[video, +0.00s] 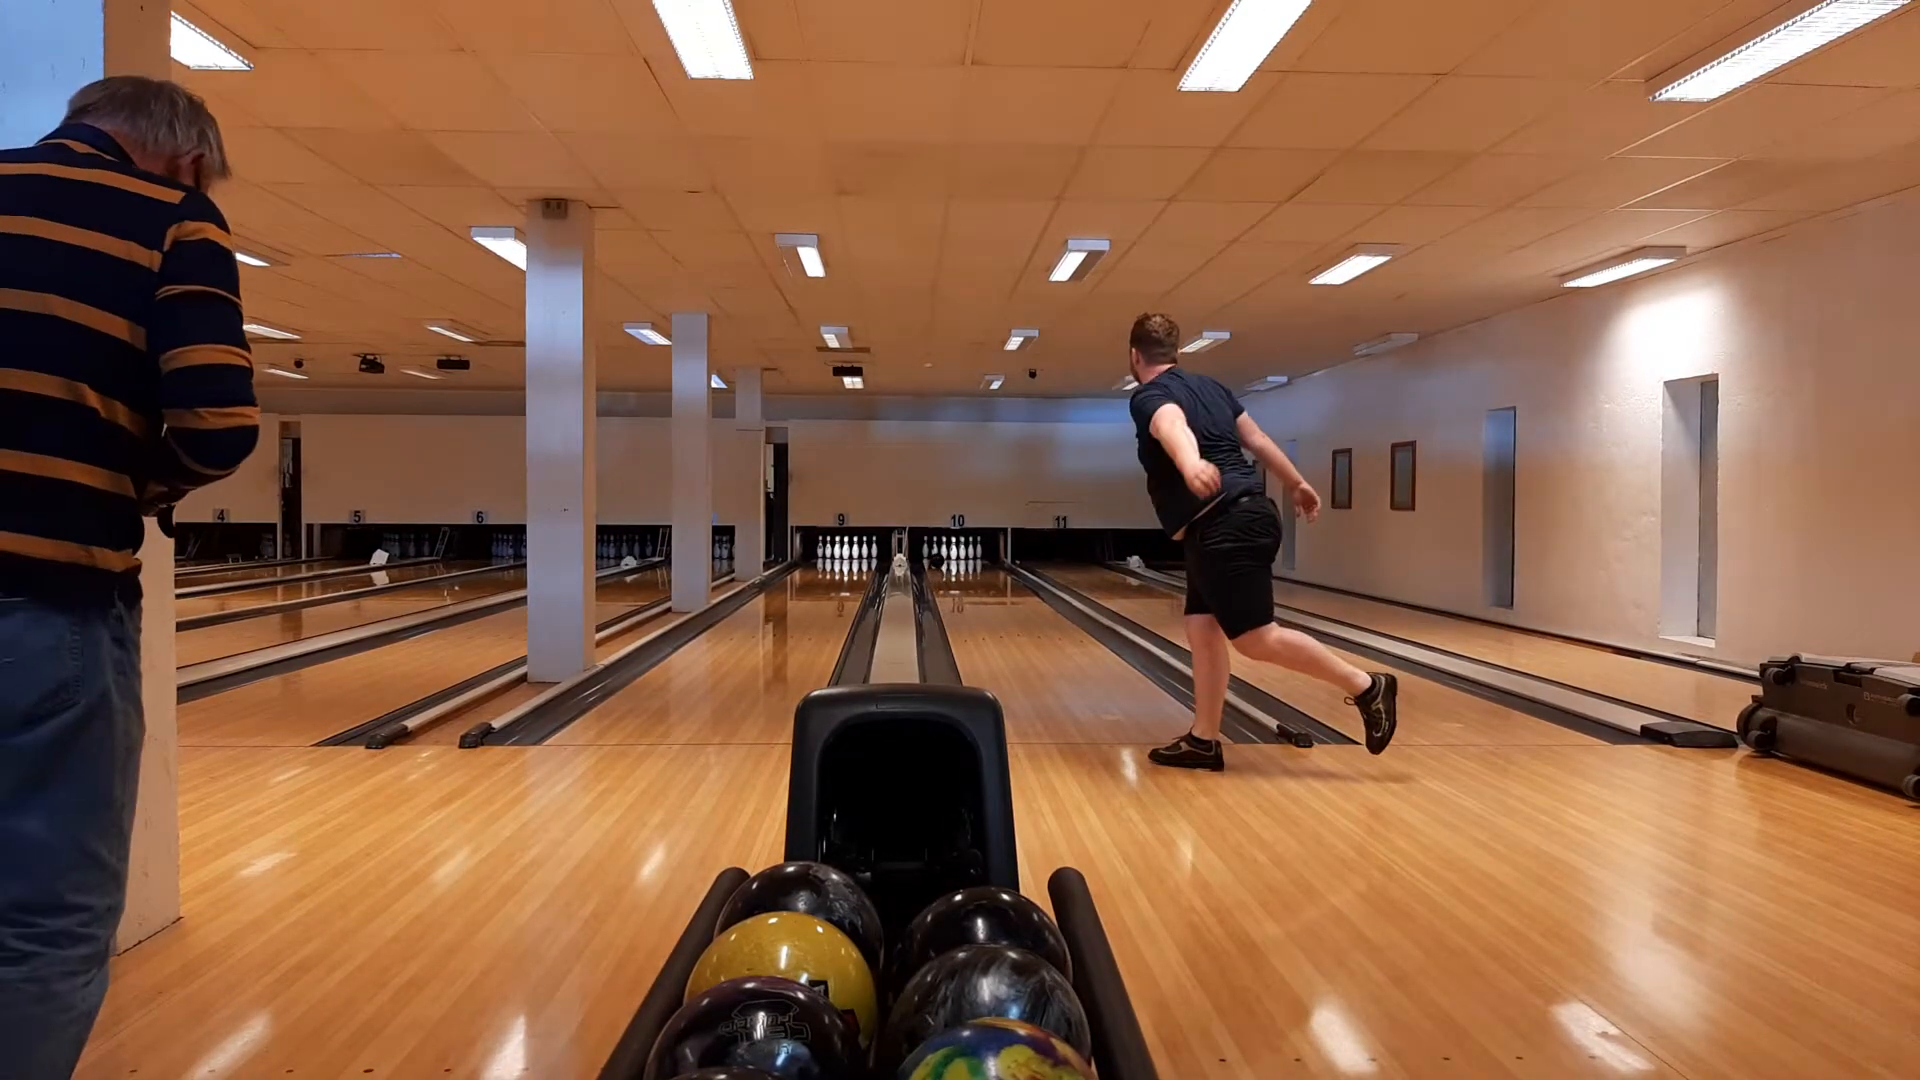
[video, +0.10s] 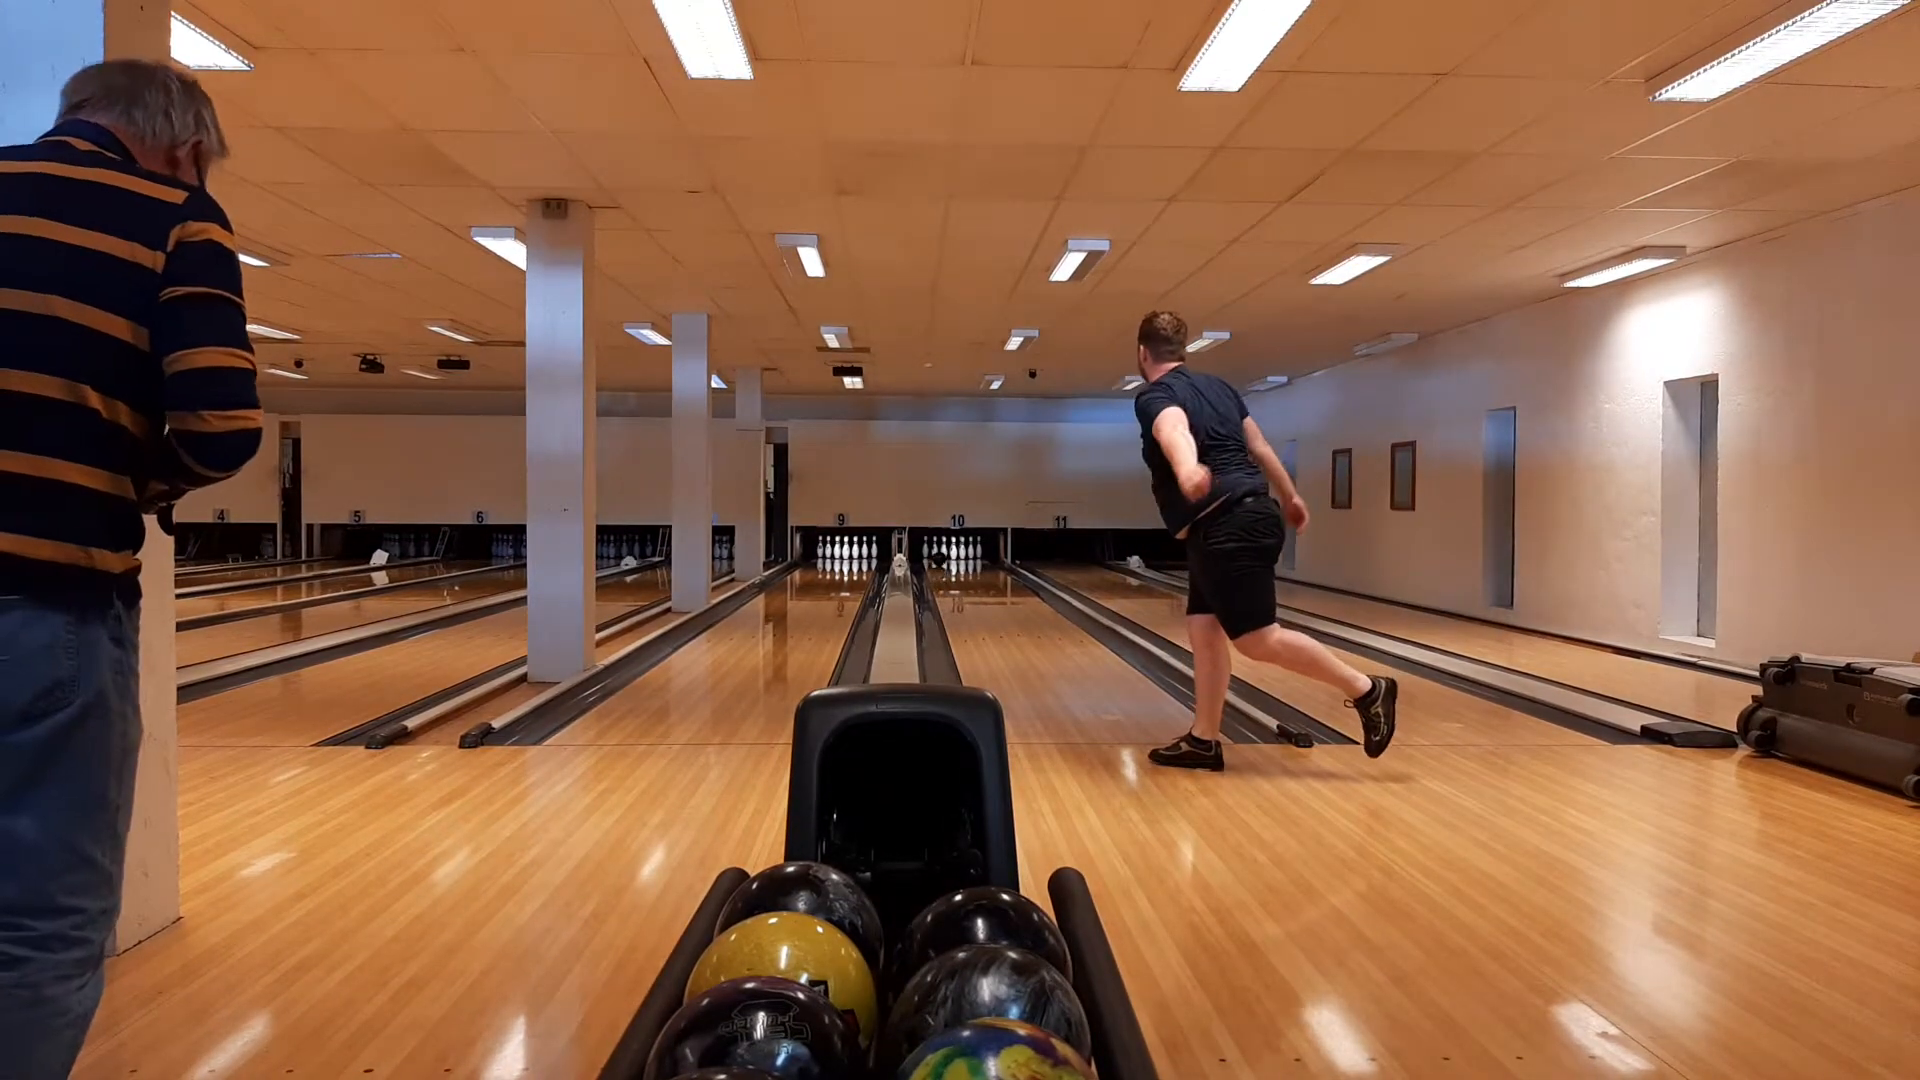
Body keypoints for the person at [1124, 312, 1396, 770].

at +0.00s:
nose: (1131, 364)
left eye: (1130, 358)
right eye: (1135, 358)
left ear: (1134, 357)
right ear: (1176, 353)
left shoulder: (1148, 394)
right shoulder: (1212, 388)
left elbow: (1171, 422)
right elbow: (1255, 438)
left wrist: (1190, 463)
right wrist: (1295, 481)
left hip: (1224, 522)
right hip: (1244, 514)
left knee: (1256, 638)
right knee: (1203, 626)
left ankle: (1367, 687)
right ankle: (1204, 740)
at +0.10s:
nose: (1137, 361)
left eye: (1136, 354)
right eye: (1141, 354)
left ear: (1143, 353)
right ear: (1183, 351)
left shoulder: (1154, 394)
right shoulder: (1221, 388)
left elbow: (1173, 428)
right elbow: (1258, 447)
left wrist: (1186, 469)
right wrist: (1289, 495)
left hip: (1228, 520)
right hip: (1254, 509)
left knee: (1257, 639)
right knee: (1205, 627)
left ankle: (1367, 690)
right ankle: (1203, 740)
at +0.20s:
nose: (1147, 359)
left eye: (1148, 352)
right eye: (1150, 352)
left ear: (1155, 351)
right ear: (1195, 351)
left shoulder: (1163, 395)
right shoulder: (1232, 390)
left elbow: (1170, 450)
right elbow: (1256, 456)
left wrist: (1166, 514)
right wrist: (1260, 504)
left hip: (1234, 520)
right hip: (1254, 513)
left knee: (1258, 641)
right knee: (1208, 627)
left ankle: (1365, 697)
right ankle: (1204, 740)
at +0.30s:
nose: (1166, 352)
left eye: (1166, 346)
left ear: (1170, 348)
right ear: (1213, 348)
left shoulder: (1174, 404)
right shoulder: (1244, 394)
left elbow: (1159, 484)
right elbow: (1247, 464)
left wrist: (1138, 553)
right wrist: (1207, 519)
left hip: (1241, 527)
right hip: (1267, 517)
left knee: (1263, 646)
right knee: (1211, 626)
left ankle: (1368, 705)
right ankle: (1204, 740)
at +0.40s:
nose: (1184, 350)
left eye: (1185, 344)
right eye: (1187, 343)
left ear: (1190, 347)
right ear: (1233, 348)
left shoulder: (1189, 404)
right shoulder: (1257, 395)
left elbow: (1153, 484)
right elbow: (1241, 473)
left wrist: (1125, 534)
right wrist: (1196, 526)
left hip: (1256, 532)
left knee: (1268, 651)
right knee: (1217, 629)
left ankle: (1375, 715)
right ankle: (1203, 740)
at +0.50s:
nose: (1209, 349)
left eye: (1209, 342)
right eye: (1213, 342)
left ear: (1213, 345)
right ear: (1256, 347)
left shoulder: (1209, 403)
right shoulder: (1278, 394)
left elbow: (1152, 473)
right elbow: (1248, 463)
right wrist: (1192, 499)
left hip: (1268, 536)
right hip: (1292, 526)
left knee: (1279, 655)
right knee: (1226, 631)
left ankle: (1381, 731)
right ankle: (1204, 740)